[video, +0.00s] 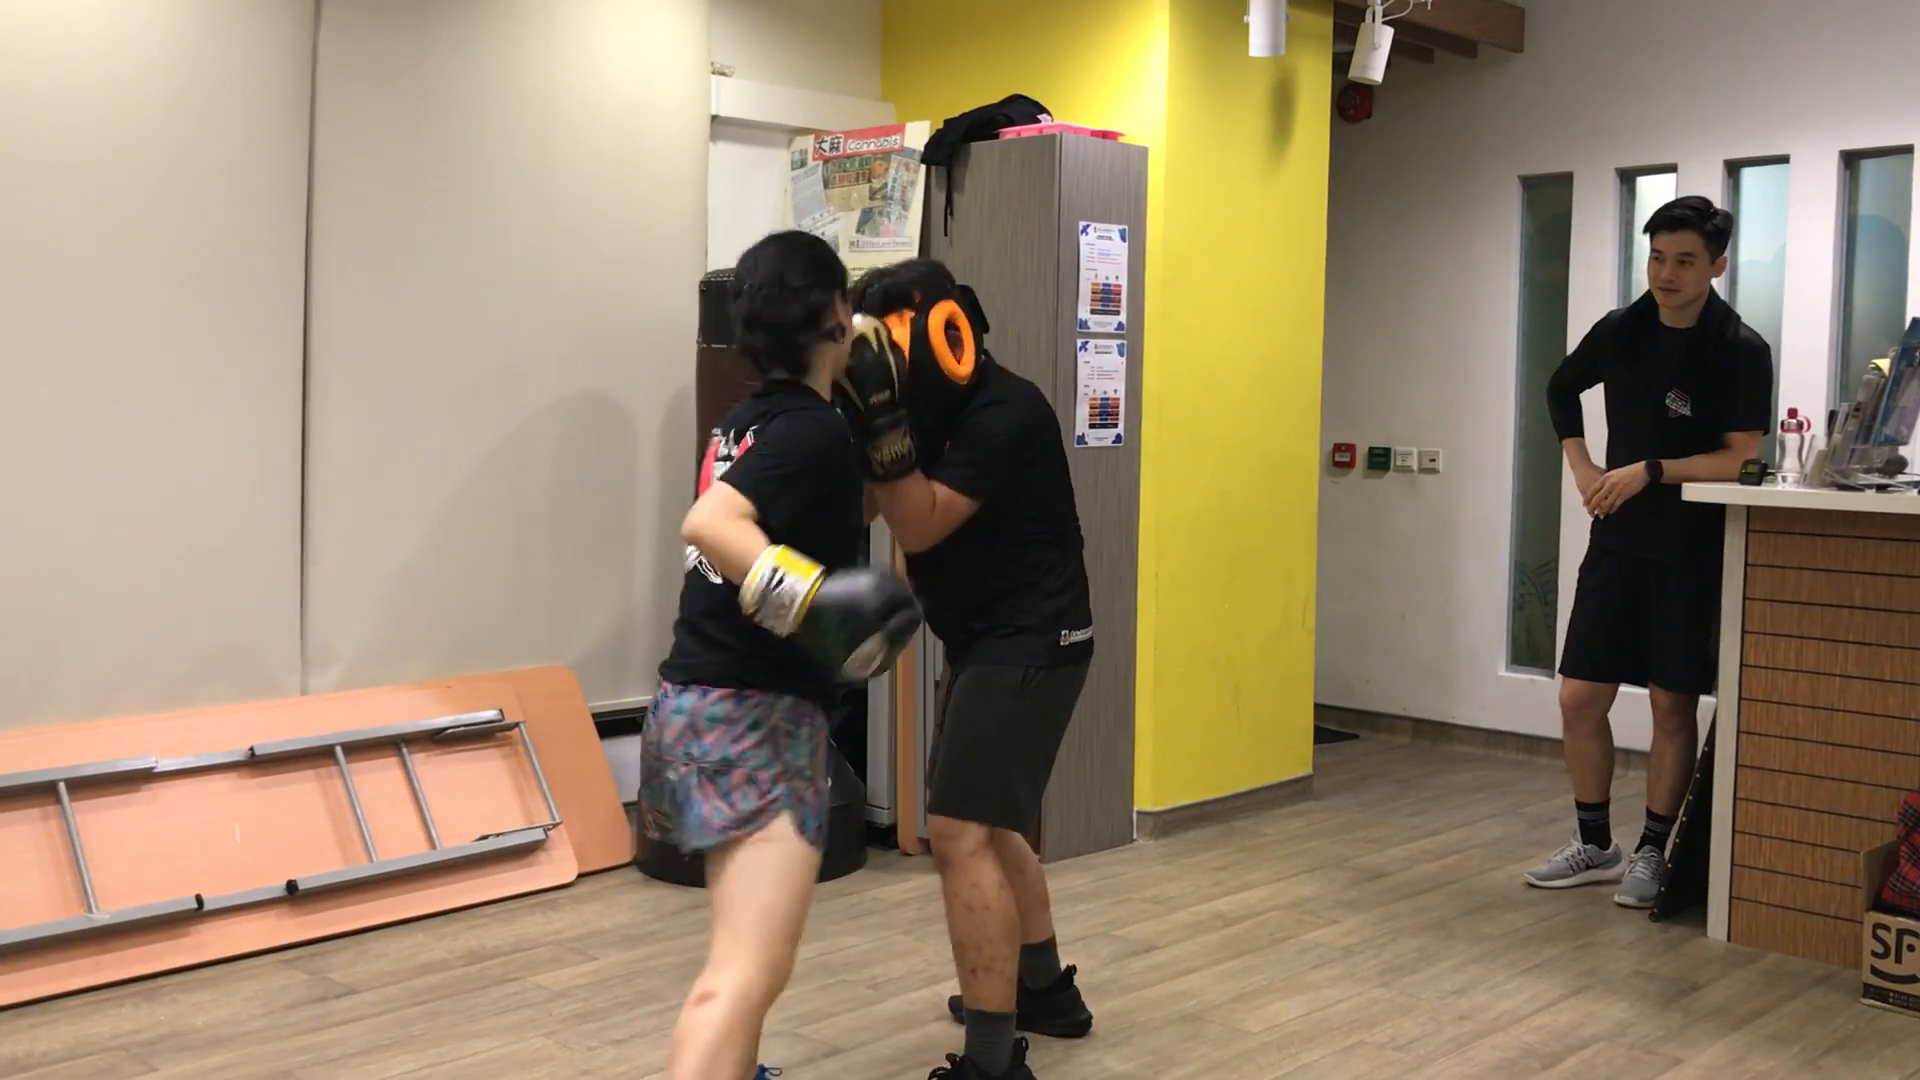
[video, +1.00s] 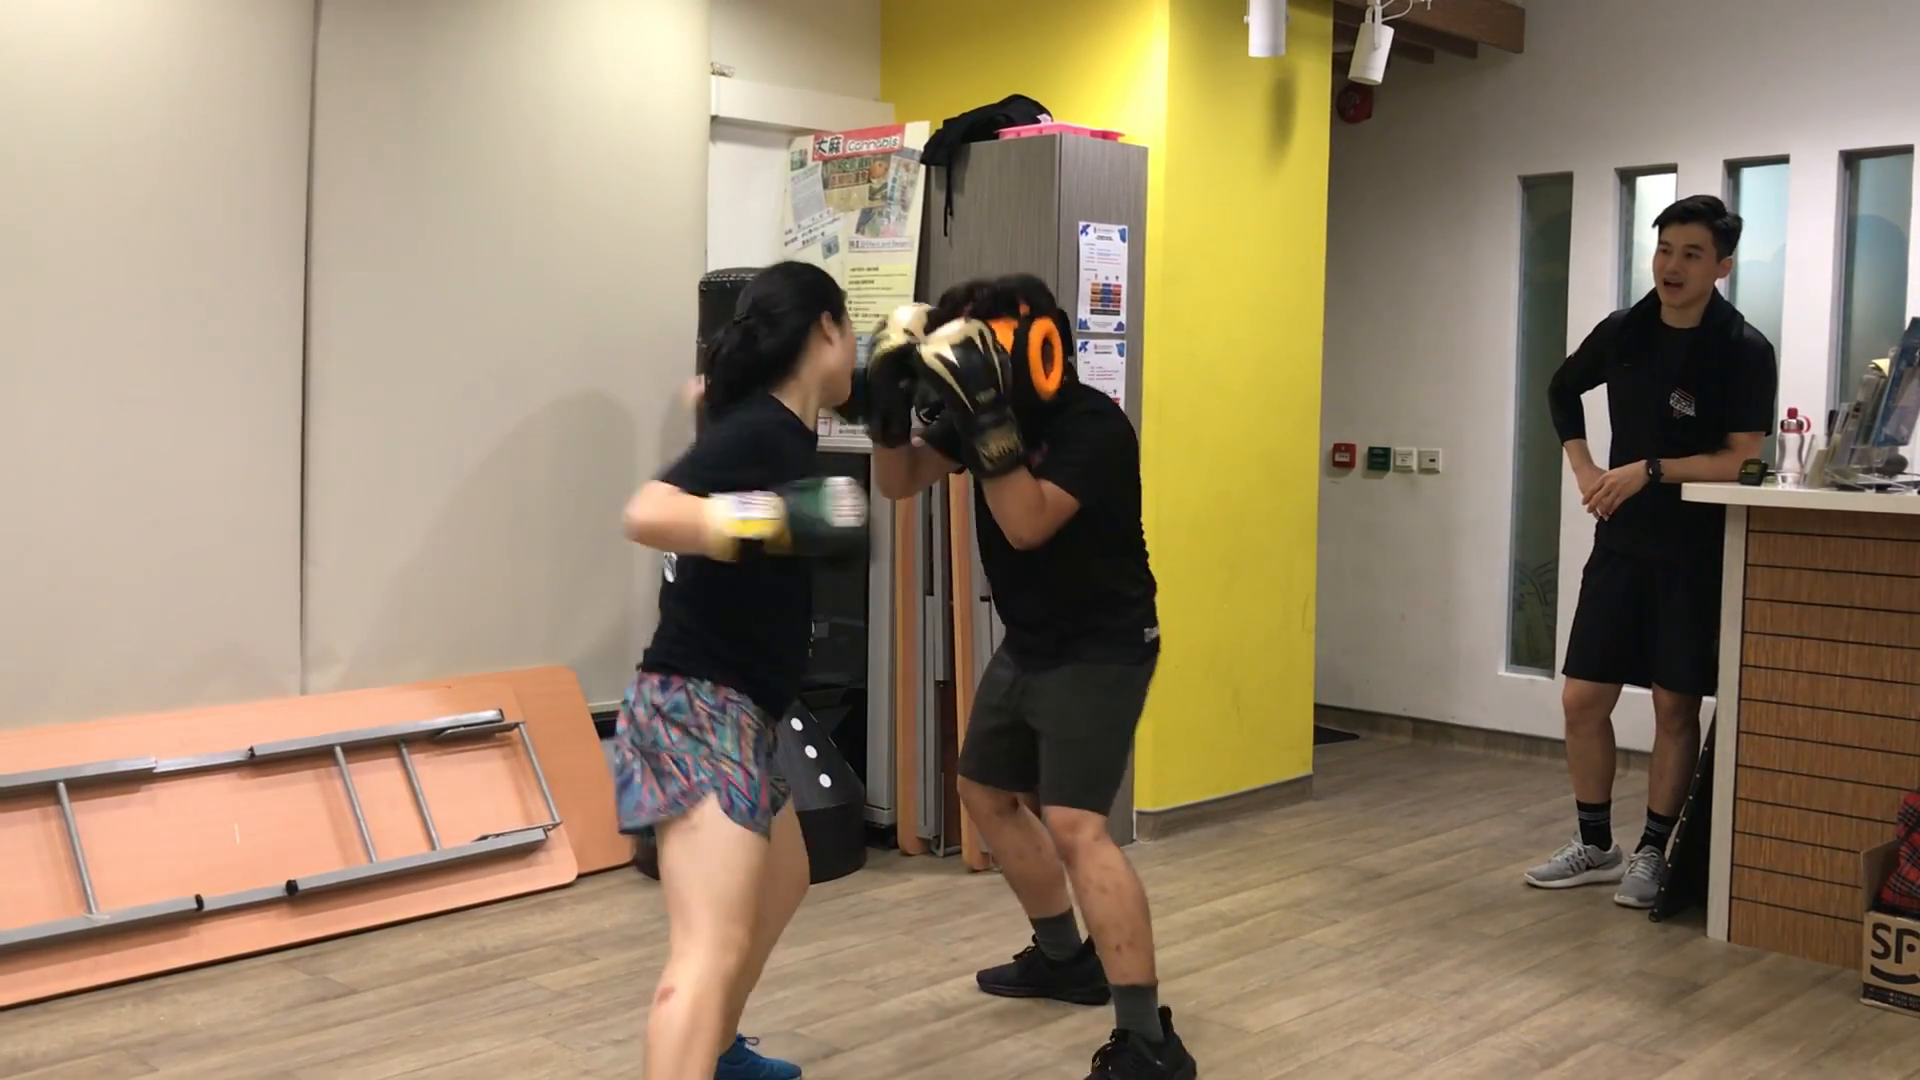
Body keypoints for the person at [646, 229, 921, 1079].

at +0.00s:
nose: (854, 311)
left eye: (850, 299)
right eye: (847, 299)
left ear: (753, 324)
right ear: (835, 315)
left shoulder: (743, 421)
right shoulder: (813, 425)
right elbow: (712, 521)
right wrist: (811, 596)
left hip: (703, 701)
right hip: (755, 710)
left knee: (746, 953)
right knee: (746, 969)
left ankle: (731, 1064)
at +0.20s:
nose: (796, 299)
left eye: (792, 285)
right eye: (792, 284)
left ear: (697, 304)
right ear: (779, 292)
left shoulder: (653, 412)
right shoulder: (827, 389)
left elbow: (633, 562)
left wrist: (711, 515)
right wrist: (958, 386)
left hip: (685, 686)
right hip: (791, 686)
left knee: (732, 900)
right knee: (775, 930)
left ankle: (729, 1063)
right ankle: (702, 1075)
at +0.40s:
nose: (810, 315)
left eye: (806, 302)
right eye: (807, 301)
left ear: (711, 312)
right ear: (789, 302)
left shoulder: (655, 407)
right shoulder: (829, 386)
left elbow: (626, 554)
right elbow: (939, 471)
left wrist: (701, 513)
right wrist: (879, 426)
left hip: (679, 694)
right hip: (788, 693)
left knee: (731, 906)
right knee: (793, 929)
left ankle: (734, 1064)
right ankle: (688, 1074)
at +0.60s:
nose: (821, 370)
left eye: (820, 355)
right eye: (819, 354)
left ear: (713, 352)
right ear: (799, 354)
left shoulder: (647, 436)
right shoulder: (825, 445)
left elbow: (582, 573)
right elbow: (908, 566)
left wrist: (657, 529)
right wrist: (901, 500)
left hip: (654, 747)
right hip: (770, 745)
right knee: (735, 1015)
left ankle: (738, 1062)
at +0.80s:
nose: (834, 377)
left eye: (834, 361)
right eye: (834, 360)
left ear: (737, 358)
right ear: (815, 361)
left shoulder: (658, 444)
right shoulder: (810, 462)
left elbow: (540, 522)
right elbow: (891, 589)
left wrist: (645, 508)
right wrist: (900, 506)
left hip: (641, 744)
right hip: (743, 745)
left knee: (799, 860)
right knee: (720, 1014)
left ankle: (751, 1047)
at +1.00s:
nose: (853, 346)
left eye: (847, 329)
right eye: (846, 329)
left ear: (780, 339)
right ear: (819, 336)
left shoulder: (786, 434)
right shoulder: (759, 432)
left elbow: (701, 400)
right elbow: (646, 511)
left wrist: (700, 404)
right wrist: (735, 523)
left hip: (736, 707)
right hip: (696, 705)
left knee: (782, 878)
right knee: (711, 949)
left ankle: (715, 1043)